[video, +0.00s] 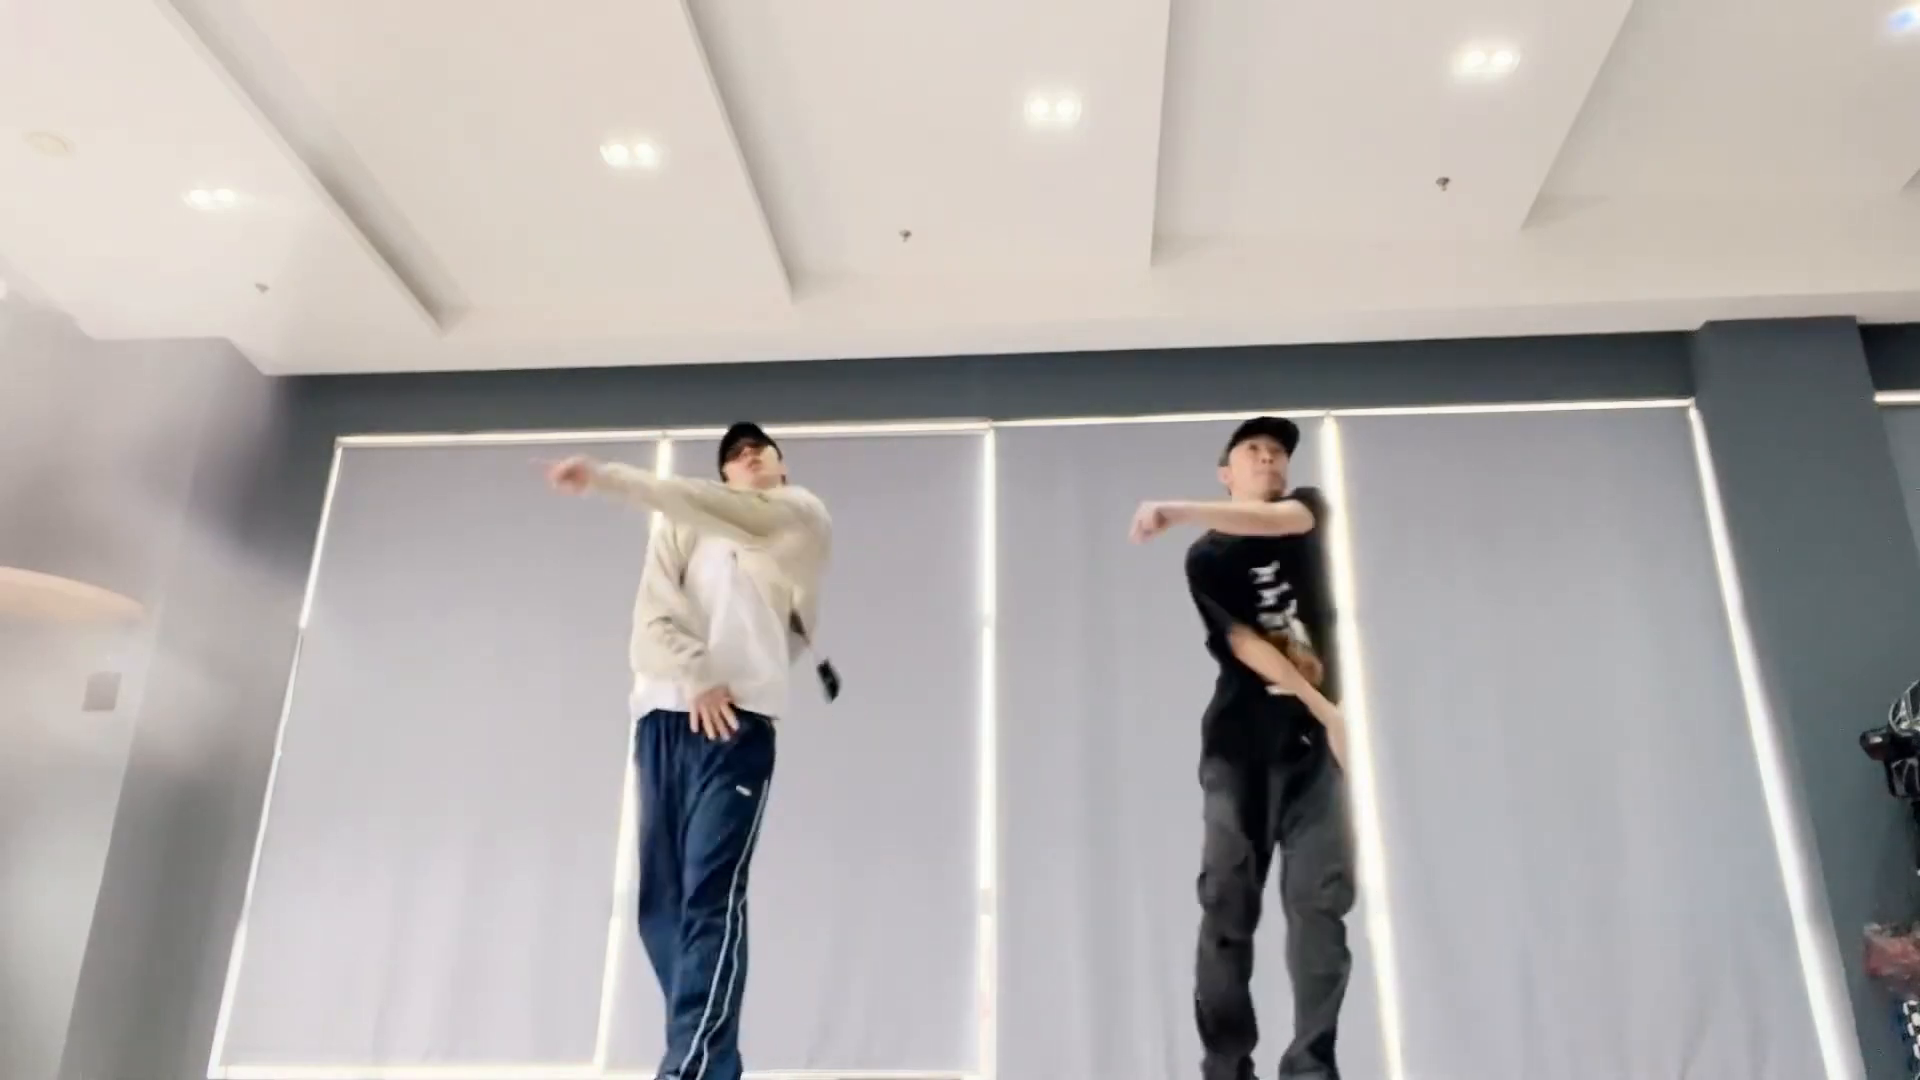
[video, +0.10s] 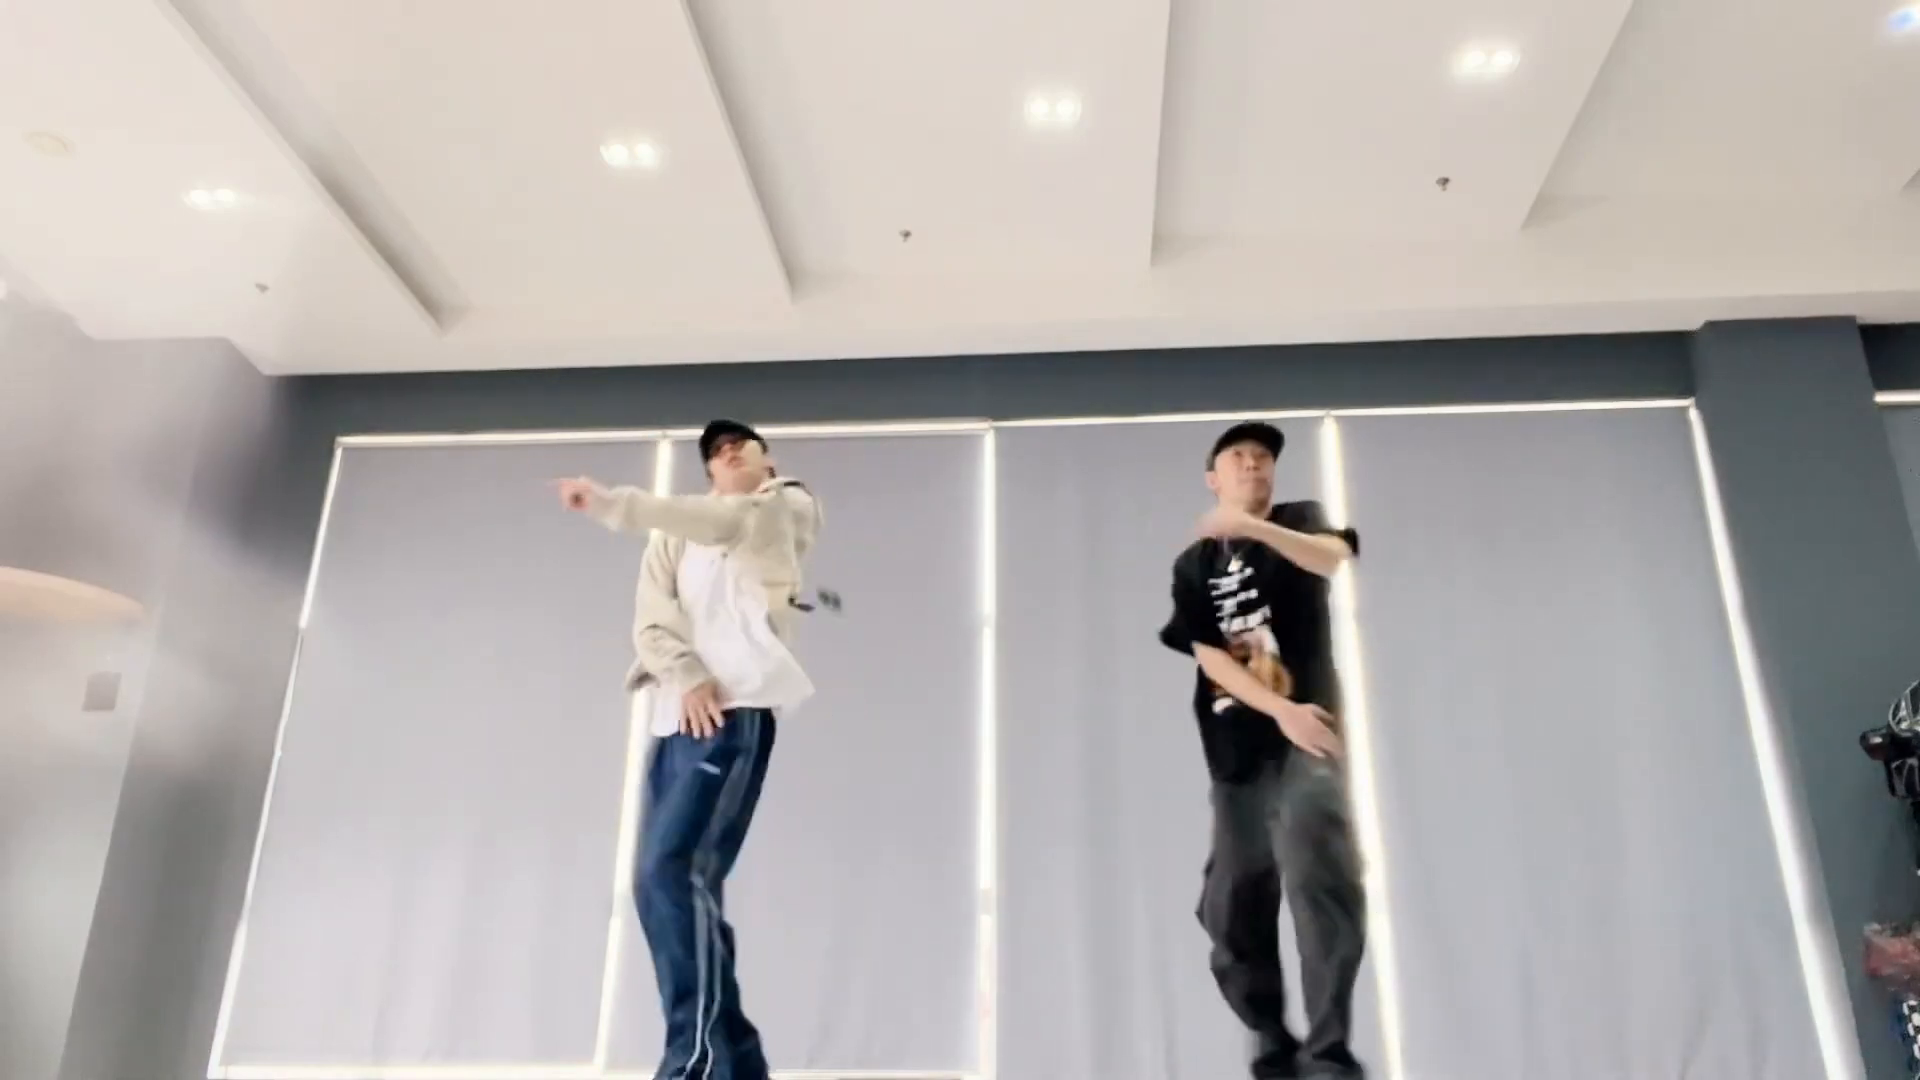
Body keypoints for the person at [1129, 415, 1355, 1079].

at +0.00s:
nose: (1266, 463)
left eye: (1276, 455)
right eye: (1252, 454)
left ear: (1289, 471)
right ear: (1224, 472)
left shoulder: (1311, 511)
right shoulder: (1208, 557)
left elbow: (1278, 519)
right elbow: (1245, 644)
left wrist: (1181, 511)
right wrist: (1325, 709)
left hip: (1316, 736)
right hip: (1240, 740)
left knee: (1319, 898)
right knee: (1228, 901)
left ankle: (1313, 1065)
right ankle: (1226, 1068)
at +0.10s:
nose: (1250, 468)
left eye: (1260, 459)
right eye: (1237, 459)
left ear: (1274, 475)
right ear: (1213, 477)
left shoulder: (1302, 520)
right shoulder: (1194, 563)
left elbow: (1333, 559)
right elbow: (1210, 657)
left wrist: (1247, 525)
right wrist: (1283, 710)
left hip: (1310, 731)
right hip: (1238, 745)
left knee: (1316, 880)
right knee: (1231, 900)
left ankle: (1328, 1047)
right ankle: (1270, 1038)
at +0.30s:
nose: (1232, 508)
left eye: (1241, 499)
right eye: (1218, 501)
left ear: (1257, 514)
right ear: (1196, 522)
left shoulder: (1294, 565)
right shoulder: (1199, 615)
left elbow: (1413, 590)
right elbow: (1207, 698)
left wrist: (1346, 554)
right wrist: (1254, 743)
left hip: (1316, 766)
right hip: (1270, 781)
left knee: (1268, 906)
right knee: (1229, 922)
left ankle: (1377, 1069)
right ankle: (1288, 1070)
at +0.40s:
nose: (1241, 474)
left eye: (1248, 467)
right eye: (1223, 468)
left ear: (1262, 482)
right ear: (1198, 492)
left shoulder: (1298, 523)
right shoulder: (1193, 582)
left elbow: (1324, 539)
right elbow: (1231, 669)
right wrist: (1322, 711)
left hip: (1340, 728)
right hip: (1265, 751)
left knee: (1334, 868)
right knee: (1226, 909)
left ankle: (1372, 1064)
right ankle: (1311, 1065)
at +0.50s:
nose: (1252, 469)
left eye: (1258, 461)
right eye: (1235, 463)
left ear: (1270, 475)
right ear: (1203, 486)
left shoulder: (1297, 511)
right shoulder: (1207, 576)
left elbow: (1248, 523)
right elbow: (1274, 661)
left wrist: (1144, 519)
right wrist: (1362, 706)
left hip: (1344, 738)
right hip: (1263, 756)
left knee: (1395, 873)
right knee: (1285, 910)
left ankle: (1385, 1058)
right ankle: (1261, 1063)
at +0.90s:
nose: (1243, 503)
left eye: (1252, 489)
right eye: (1230, 501)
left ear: (1281, 494)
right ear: (1227, 522)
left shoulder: (1340, 559)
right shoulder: (1234, 604)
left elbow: (1448, 603)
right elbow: (1240, 698)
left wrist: (1425, 562)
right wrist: (1248, 745)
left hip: (1343, 739)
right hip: (1281, 761)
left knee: (1264, 893)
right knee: (1243, 930)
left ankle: (1328, 1069)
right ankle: (1368, 1064)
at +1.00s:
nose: (1226, 500)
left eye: (1235, 483)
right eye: (1215, 497)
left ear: (1270, 484)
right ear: (1215, 514)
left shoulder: (1324, 525)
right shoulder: (1245, 598)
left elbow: (1420, 501)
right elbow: (1272, 696)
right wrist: (1230, 756)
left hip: (1355, 709)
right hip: (1289, 736)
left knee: (1305, 863)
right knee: (1215, 889)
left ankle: (1327, 1067)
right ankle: (1277, 1050)